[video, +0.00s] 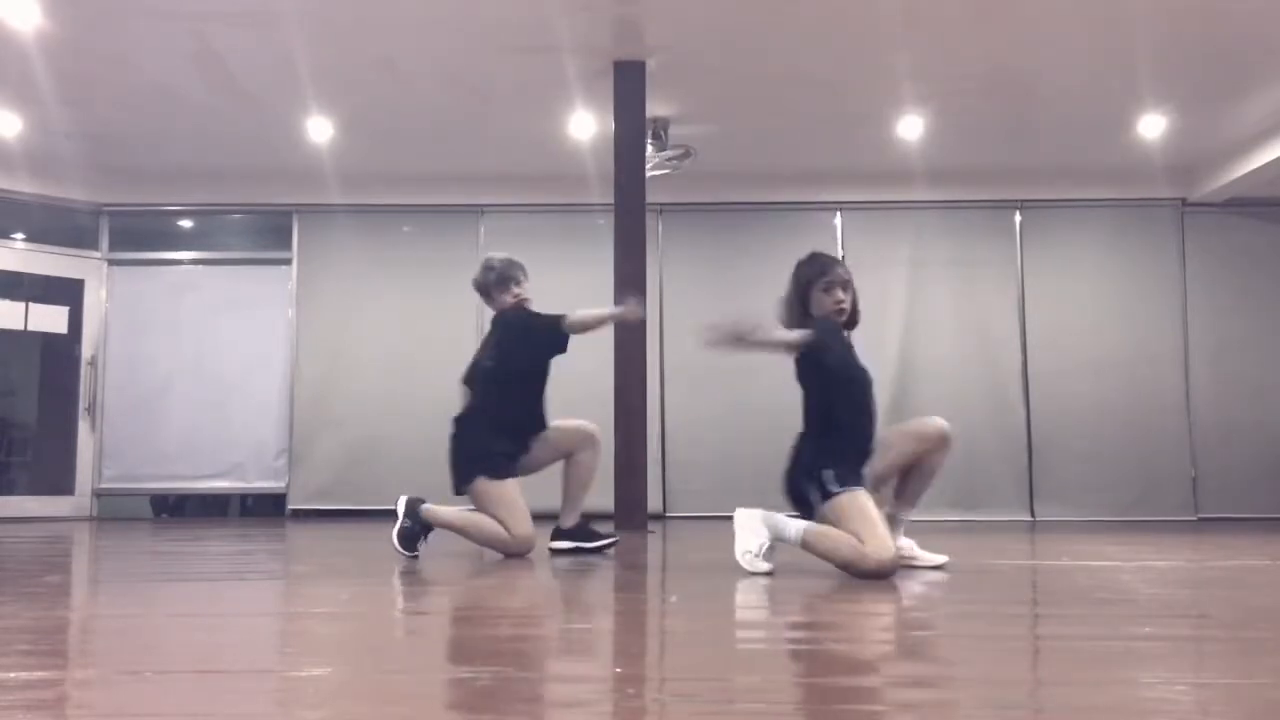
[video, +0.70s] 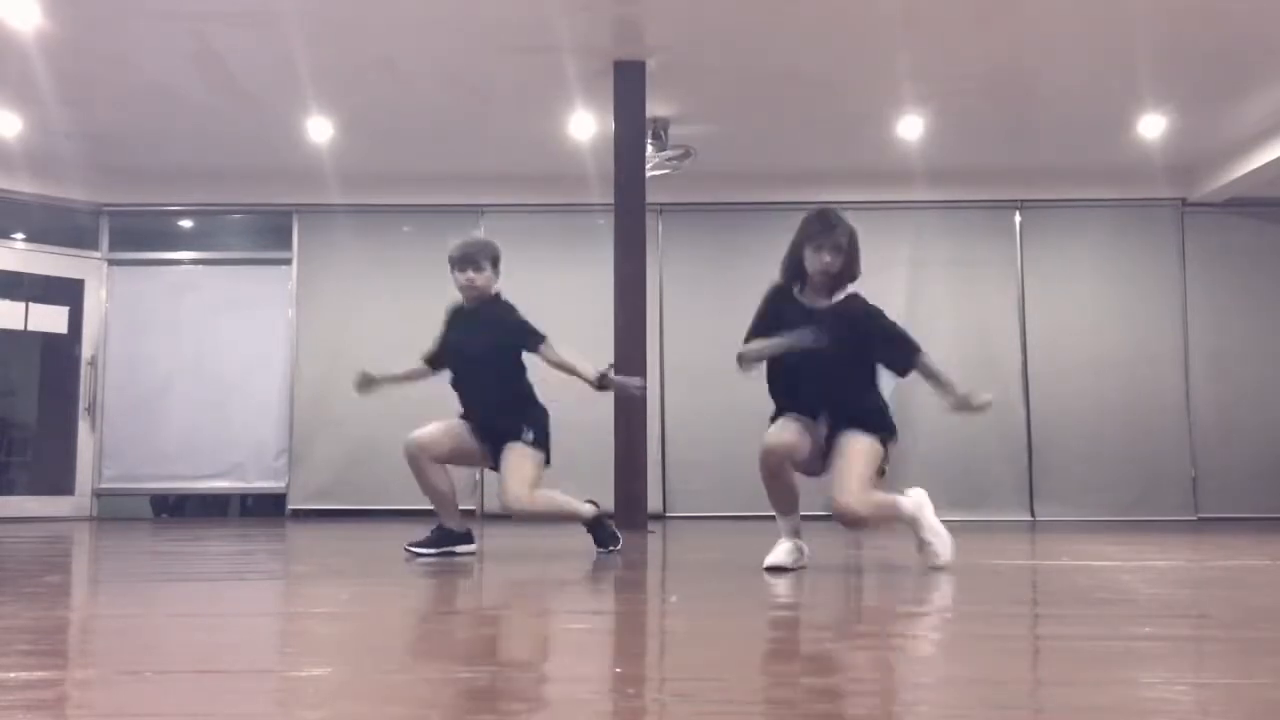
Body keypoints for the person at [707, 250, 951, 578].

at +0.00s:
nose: (839, 297)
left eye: (844, 287)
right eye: (826, 289)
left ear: (852, 293)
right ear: (807, 299)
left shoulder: (840, 339)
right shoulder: (817, 336)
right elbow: (786, 339)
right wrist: (747, 338)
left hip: (855, 466)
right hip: (824, 474)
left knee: (935, 433)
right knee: (880, 559)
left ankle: (892, 538)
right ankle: (767, 523)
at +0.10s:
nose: (850, 291)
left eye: (856, 281)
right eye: (838, 282)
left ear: (863, 288)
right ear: (815, 289)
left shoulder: (849, 341)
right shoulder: (804, 342)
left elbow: (877, 411)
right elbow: (738, 385)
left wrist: (920, 375)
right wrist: (680, 412)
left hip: (888, 455)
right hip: (856, 461)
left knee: (984, 464)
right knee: (887, 555)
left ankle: (901, 540)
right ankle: (766, 524)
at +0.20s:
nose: (853, 291)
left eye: (860, 282)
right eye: (840, 283)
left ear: (869, 285)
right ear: (820, 289)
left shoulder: (887, 321)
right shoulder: (809, 354)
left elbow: (935, 351)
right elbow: (774, 425)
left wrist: (881, 337)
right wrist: (740, 479)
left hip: (904, 446)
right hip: (855, 452)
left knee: (1012, 496)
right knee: (900, 521)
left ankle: (911, 530)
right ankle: (781, 525)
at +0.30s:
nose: (850, 301)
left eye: (858, 292)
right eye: (839, 292)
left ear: (869, 294)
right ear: (822, 297)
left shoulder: (884, 319)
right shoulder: (814, 367)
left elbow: (909, 349)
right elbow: (805, 454)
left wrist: (833, 361)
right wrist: (781, 521)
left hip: (907, 449)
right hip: (850, 449)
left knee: (993, 515)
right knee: (875, 464)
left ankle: (913, 526)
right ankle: (788, 532)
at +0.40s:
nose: (848, 313)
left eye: (857, 303)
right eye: (838, 304)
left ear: (870, 306)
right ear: (822, 309)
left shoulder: (883, 333)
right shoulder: (818, 374)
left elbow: (899, 355)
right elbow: (806, 448)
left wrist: (867, 369)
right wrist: (790, 509)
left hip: (904, 477)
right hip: (849, 478)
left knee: (979, 536)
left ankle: (913, 529)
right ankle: (796, 537)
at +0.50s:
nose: (839, 315)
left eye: (849, 307)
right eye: (829, 306)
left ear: (861, 313)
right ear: (813, 311)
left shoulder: (879, 348)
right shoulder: (807, 376)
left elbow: (926, 357)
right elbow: (763, 444)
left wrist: (979, 356)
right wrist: (724, 495)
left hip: (891, 479)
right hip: (837, 479)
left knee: (966, 541)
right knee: (788, 430)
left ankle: (905, 534)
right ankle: (789, 542)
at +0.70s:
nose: (826, 259)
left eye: (836, 252)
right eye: (818, 249)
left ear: (848, 259)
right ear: (801, 252)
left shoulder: (857, 313)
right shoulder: (780, 301)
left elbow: (913, 357)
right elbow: (745, 358)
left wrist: (956, 396)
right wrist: (790, 341)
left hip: (859, 422)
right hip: (803, 419)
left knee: (849, 507)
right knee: (774, 448)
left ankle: (914, 507)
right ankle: (790, 542)